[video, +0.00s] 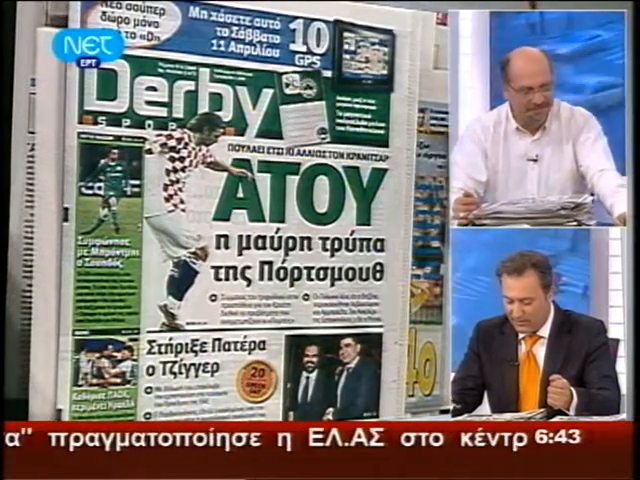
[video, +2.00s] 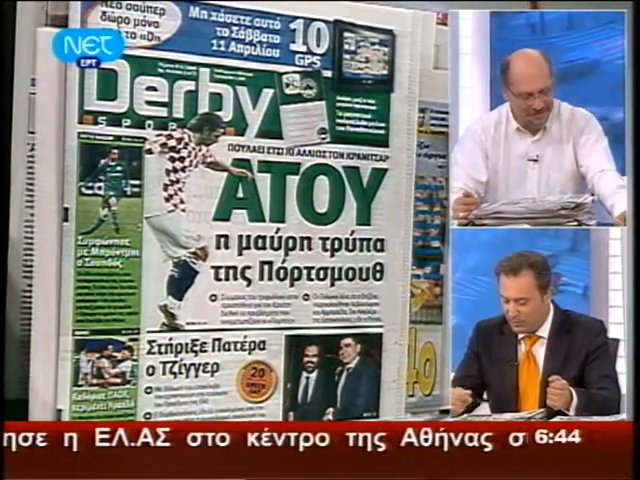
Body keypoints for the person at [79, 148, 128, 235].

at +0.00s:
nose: (115, 156)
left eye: (116, 154)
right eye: (113, 154)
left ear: (118, 155)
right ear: (109, 155)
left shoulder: (122, 165)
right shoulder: (104, 164)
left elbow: (126, 177)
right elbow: (96, 174)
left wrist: (127, 187)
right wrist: (86, 182)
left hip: (118, 189)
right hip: (108, 189)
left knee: (105, 213)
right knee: (113, 206)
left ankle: (91, 231)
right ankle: (116, 225)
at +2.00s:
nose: (115, 156)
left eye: (116, 154)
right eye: (113, 154)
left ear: (118, 155)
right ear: (109, 155)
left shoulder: (122, 165)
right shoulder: (104, 164)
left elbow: (126, 177)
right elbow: (96, 174)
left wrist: (127, 187)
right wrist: (86, 182)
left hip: (118, 189)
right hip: (108, 189)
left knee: (105, 213)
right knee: (113, 206)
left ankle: (91, 231)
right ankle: (116, 225)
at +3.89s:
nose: (115, 156)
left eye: (116, 154)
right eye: (113, 154)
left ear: (118, 155)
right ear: (109, 155)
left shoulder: (122, 165)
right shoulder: (104, 165)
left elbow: (126, 176)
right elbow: (95, 174)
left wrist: (128, 187)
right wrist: (85, 182)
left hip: (118, 190)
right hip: (108, 189)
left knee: (105, 213)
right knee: (113, 205)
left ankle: (91, 230)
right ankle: (116, 226)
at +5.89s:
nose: (115, 156)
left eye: (116, 154)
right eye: (113, 154)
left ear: (118, 155)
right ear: (109, 154)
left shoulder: (122, 165)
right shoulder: (104, 165)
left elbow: (126, 176)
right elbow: (95, 174)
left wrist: (127, 187)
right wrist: (85, 182)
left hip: (118, 190)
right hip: (108, 189)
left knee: (105, 213)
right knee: (113, 205)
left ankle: (91, 230)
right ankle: (116, 225)